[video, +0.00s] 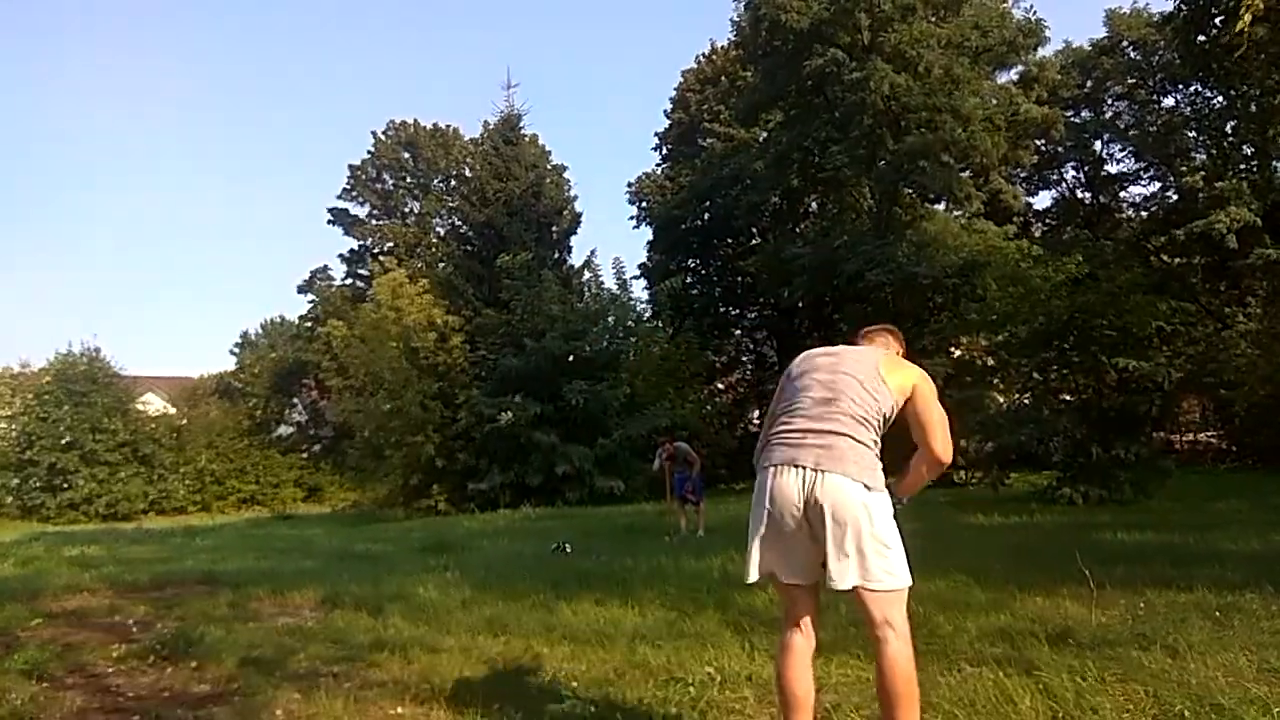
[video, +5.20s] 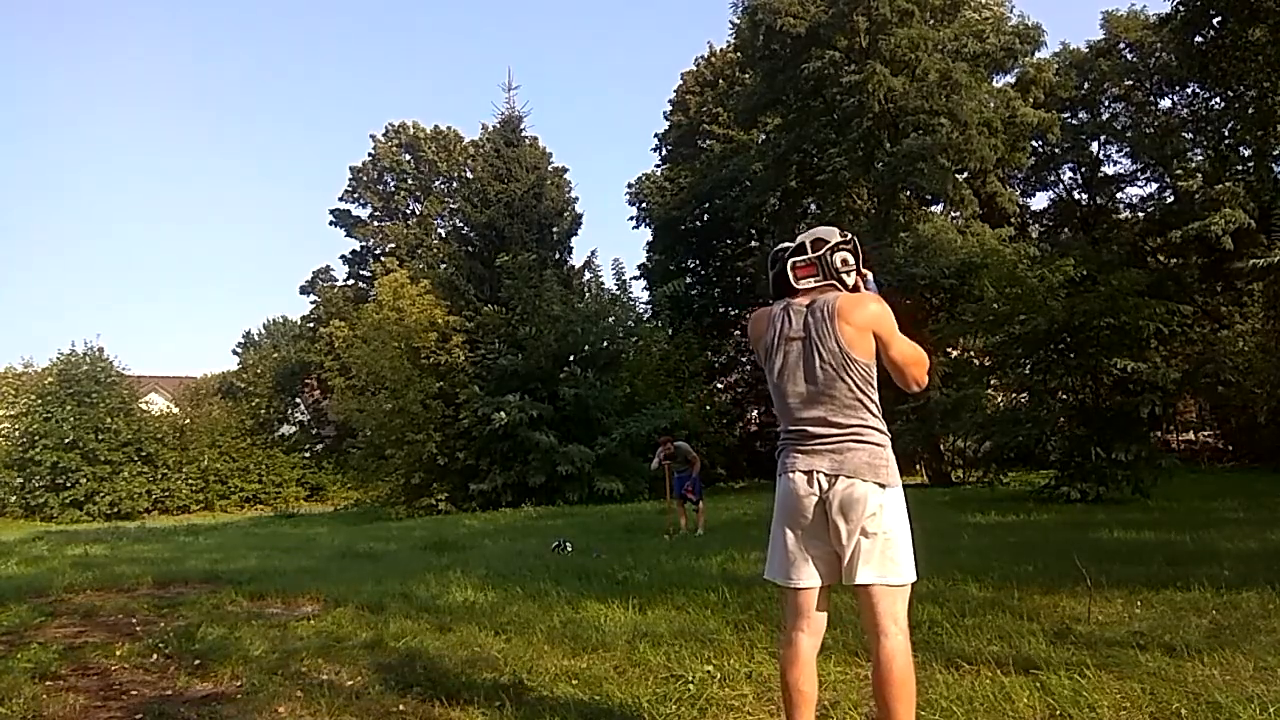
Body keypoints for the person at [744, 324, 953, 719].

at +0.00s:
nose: (900, 365)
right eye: (902, 359)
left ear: (856, 342)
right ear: (898, 353)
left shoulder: (803, 360)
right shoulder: (908, 372)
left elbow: (768, 432)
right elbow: (939, 453)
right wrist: (902, 489)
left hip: (777, 483)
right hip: (850, 487)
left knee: (797, 623)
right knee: (889, 628)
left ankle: (796, 715)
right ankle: (904, 714)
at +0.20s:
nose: (860, 313)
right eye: (861, 307)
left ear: (811, 302)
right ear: (857, 303)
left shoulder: (767, 334)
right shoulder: (871, 331)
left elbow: (731, 420)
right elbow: (896, 413)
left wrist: (776, 446)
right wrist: (848, 433)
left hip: (768, 481)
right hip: (838, 482)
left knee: (789, 621)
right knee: (877, 622)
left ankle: (794, 716)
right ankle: (895, 715)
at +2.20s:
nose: (814, 290)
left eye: (812, 284)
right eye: (814, 282)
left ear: (763, 277)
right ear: (805, 276)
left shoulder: (714, 335)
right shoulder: (821, 323)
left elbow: (710, 423)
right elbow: (849, 410)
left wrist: (759, 416)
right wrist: (862, 386)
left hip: (754, 489)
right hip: (823, 486)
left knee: (778, 630)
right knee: (866, 625)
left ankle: (790, 718)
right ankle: (886, 716)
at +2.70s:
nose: (815, 289)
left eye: (814, 283)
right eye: (816, 282)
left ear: (765, 274)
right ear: (808, 277)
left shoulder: (715, 333)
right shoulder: (819, 320)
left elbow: (718, 418)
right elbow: (857, 406)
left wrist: (765, 387)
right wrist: (858, 364)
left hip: (755, 488)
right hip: (823, 484)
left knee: (778, 630)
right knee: (867, 626)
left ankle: (790, 719)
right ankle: (887, 716)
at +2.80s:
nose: (814, 292)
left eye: (814, 288)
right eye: (816, 287)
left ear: (766, 276)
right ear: (809, 281)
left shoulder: (714, 329)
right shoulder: (815, 316)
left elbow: (723, 404)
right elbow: (867, 392)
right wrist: (859, 339)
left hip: (754, 489)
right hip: (822, 484)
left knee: (778, 629)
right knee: (867, 625)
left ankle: (790, 719)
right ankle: (887, 716)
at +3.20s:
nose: (823, 288)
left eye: (823, 281)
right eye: (823, 281)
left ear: (774, 277)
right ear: (815, 282)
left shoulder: (720, 324)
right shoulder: (818, 316)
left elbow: (744, 324)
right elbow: (881, 364)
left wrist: (795, 294)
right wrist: (852, 304)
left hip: (755, 488)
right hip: (823, 485)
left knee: (779, 627)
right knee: (867, 624)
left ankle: (791, 718)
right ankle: (887, 716)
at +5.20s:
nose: (856, 271)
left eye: (852, 264)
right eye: (852, 264)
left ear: (792, 274)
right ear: (844, 267)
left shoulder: (761, 323)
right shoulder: (865, 308)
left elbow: (787, 360)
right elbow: (916, 375)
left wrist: (828, 299)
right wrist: (876, 308)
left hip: (796, 484)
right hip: (867, 481)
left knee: (801, 630)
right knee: (889, 631)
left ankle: (799, 719)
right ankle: (899, 718)